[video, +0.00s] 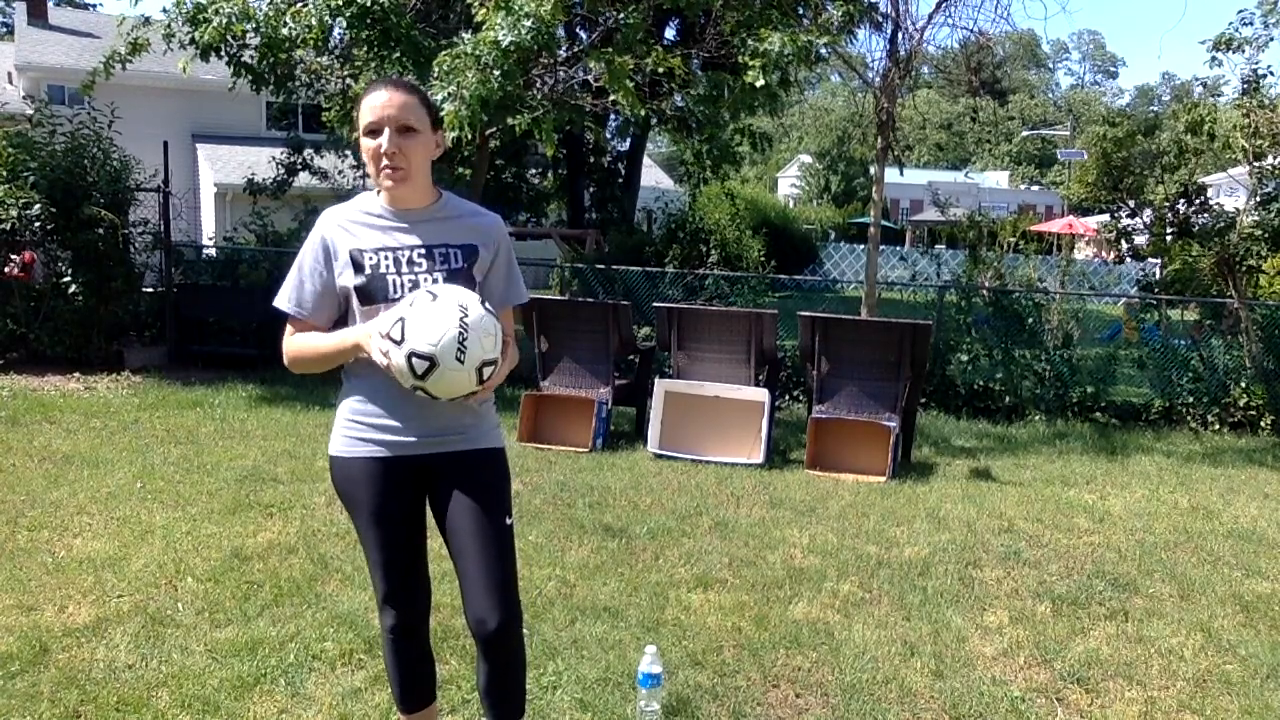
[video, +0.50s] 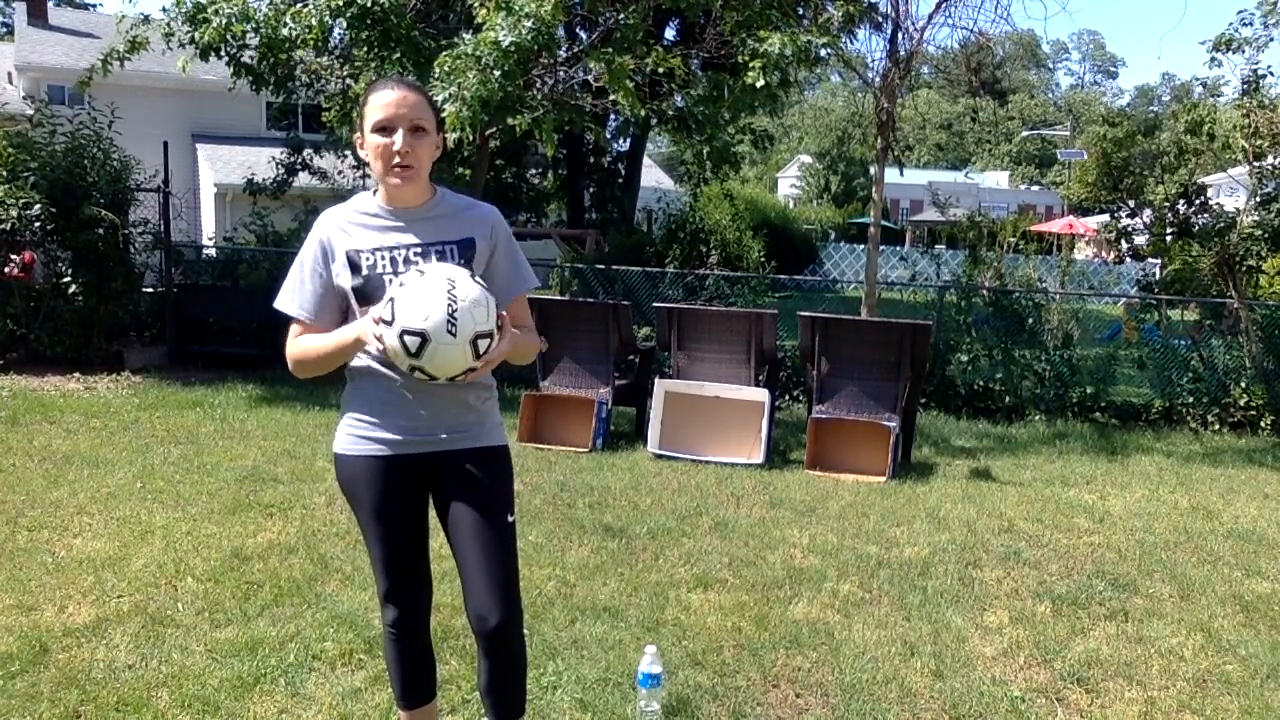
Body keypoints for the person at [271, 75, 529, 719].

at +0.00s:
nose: (389, 144)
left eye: (406, 130)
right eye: (374, 131)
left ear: (437, 141)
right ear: (359, 145)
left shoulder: (483, 228)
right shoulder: (336, 229)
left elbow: (507, 333)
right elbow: (295, 349)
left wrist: (498, 363)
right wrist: (357, 339)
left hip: (469, 441)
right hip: (373, 444)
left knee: (496, 621)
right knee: (402, 615)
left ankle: (505, 719)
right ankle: (420, 715)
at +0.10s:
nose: (391, 140)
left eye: (408, 128)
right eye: (377, 128)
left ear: (437, 143)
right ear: (361, 143)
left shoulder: (483, 227)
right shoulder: (336, 229)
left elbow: (514, 334)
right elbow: (295, 351)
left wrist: (506, 356)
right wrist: (359, 332)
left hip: (468, 441)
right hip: (373, 442)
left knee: (494, 621)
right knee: (402, 615)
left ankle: (505, 719)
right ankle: (420, 715)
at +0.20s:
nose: (397, 138)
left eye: (414, 126)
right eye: (382, 125)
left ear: (438, 143)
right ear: (361, 140)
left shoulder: (482, 224)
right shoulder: (334, 228)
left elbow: (523, 335)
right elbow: (302, 357)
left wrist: (513, 348)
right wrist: (362, 330)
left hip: (469, 438)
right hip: (374, 440)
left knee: (495, 620)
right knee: (402, 612)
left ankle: (506, 719)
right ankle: (420, 715)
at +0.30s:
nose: (402, 138)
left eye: (419, 126)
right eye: (386, 124)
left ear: (438, 142)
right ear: (361, 140)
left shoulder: (481, 221)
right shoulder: (334, 226)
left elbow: (534, 339)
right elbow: (308, 359)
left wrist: (514, 340)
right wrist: (366, 330)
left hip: (471, 437)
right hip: (376, 440)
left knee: (495, 619)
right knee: (402, 611)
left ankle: (506, 719)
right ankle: (419, 716)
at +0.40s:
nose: (403, 142)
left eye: (419, 129)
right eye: (387, 128)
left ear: (438, 143)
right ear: (361, 142)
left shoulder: (481, 222)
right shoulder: (334, 228)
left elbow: (535, 343)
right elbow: (306, 359)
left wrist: (516, 334)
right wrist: (363, 330)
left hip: (472, 439)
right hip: (377, 442)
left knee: (496, 618)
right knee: (402, 610)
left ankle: (506, 719)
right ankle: (419, 716)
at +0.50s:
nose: (401, 144)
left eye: (416, 130)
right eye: (384, 130)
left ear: (438, 142)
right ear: (361, 145)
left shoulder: (482, 223)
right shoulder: (335, 229)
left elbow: (528, 340)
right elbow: (299, 356)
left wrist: (506, 344)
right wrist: (356, 333)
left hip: (472, 439)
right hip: (377, 440)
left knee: (497, 618)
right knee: (402, 610)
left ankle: (506, 718)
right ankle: (419, 715)